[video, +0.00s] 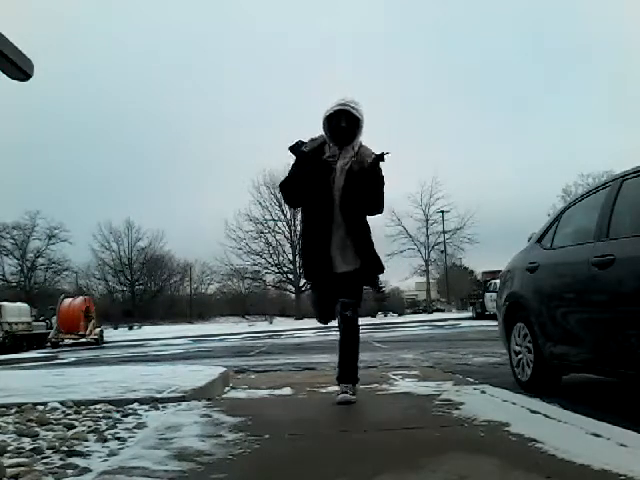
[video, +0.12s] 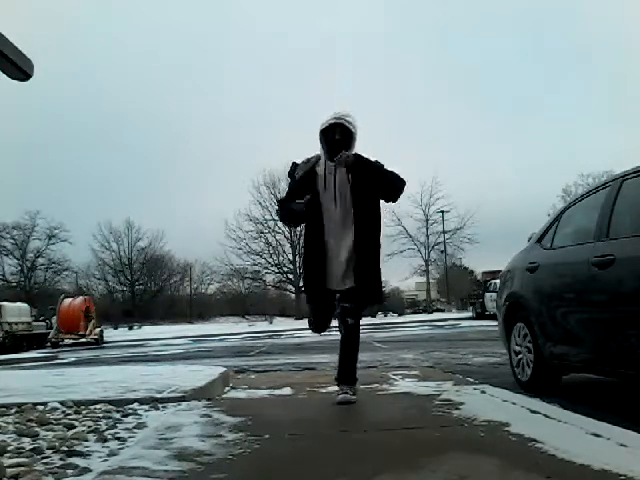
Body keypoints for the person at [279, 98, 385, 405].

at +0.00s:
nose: (342, 129)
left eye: (348, 123)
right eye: (336, 123)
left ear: (358, 128)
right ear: (326, 126)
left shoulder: (365, 163)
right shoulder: (312, 159)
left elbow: (374, 207)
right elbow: (291, 198)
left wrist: (371, 170)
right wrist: (302, 160)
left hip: (353, 251)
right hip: (318, 250)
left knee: (348, 316)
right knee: (325, 315)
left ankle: (347, 384)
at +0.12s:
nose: (335, 142)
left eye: (342, 136)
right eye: (330, 136)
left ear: (352, 140)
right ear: (322, 139)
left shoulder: (364, 169)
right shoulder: (309, 172)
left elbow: (396, 189)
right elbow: (284, 212)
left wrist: (359, 164)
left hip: (356, 260)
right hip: (320, 262)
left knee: (349, 321)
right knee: (318, 325)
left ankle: (346, 385)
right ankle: (336, 303)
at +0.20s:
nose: (330, 127)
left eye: (336, 121)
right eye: (324, 122)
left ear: (345, 124)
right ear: (315, 126)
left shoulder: (360, 149)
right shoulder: (303, 159)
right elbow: (279, 191)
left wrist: (349, 143)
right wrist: (286, 202)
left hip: (357, 245)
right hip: (319, 250)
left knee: (351, 311)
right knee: (322, 308)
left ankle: (348, 379)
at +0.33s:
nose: (321, 111)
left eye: (326, 104)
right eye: (315, 106)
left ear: (336, 105)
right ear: (306, 110)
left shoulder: (352, 125)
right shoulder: (296, 143)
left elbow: (379, 114)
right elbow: (280, 180)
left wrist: (354, 108)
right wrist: (282, 195)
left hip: (354, 224)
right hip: (319, 230)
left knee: (355, 292)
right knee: (324, 291)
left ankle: (365, 355)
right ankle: (340, 337)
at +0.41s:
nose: (316, 119)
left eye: (322, 112)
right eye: (310, 113)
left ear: (333, 112)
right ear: (302, 116)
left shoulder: (348, 136)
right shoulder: (292, 151)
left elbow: (376, 144)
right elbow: (288, 192)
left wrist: (350, 121)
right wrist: (285, 208)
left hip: (353, 234)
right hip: (319, 241)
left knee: (360, 298)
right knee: (328, 310)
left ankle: (382, 326)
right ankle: (335, 372)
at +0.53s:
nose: (314, 138)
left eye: (320, 132)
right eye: (308, 132)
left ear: (330, 135)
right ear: (300, 137)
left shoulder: (346, 161)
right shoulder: (289, 177)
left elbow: (367, 201)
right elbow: (295, 223)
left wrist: (334, 172)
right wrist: (285, 235)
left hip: (352, 258)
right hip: (317, 263)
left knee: (369, 309)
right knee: (321, 327)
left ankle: (398, 298)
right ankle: (335, 383)